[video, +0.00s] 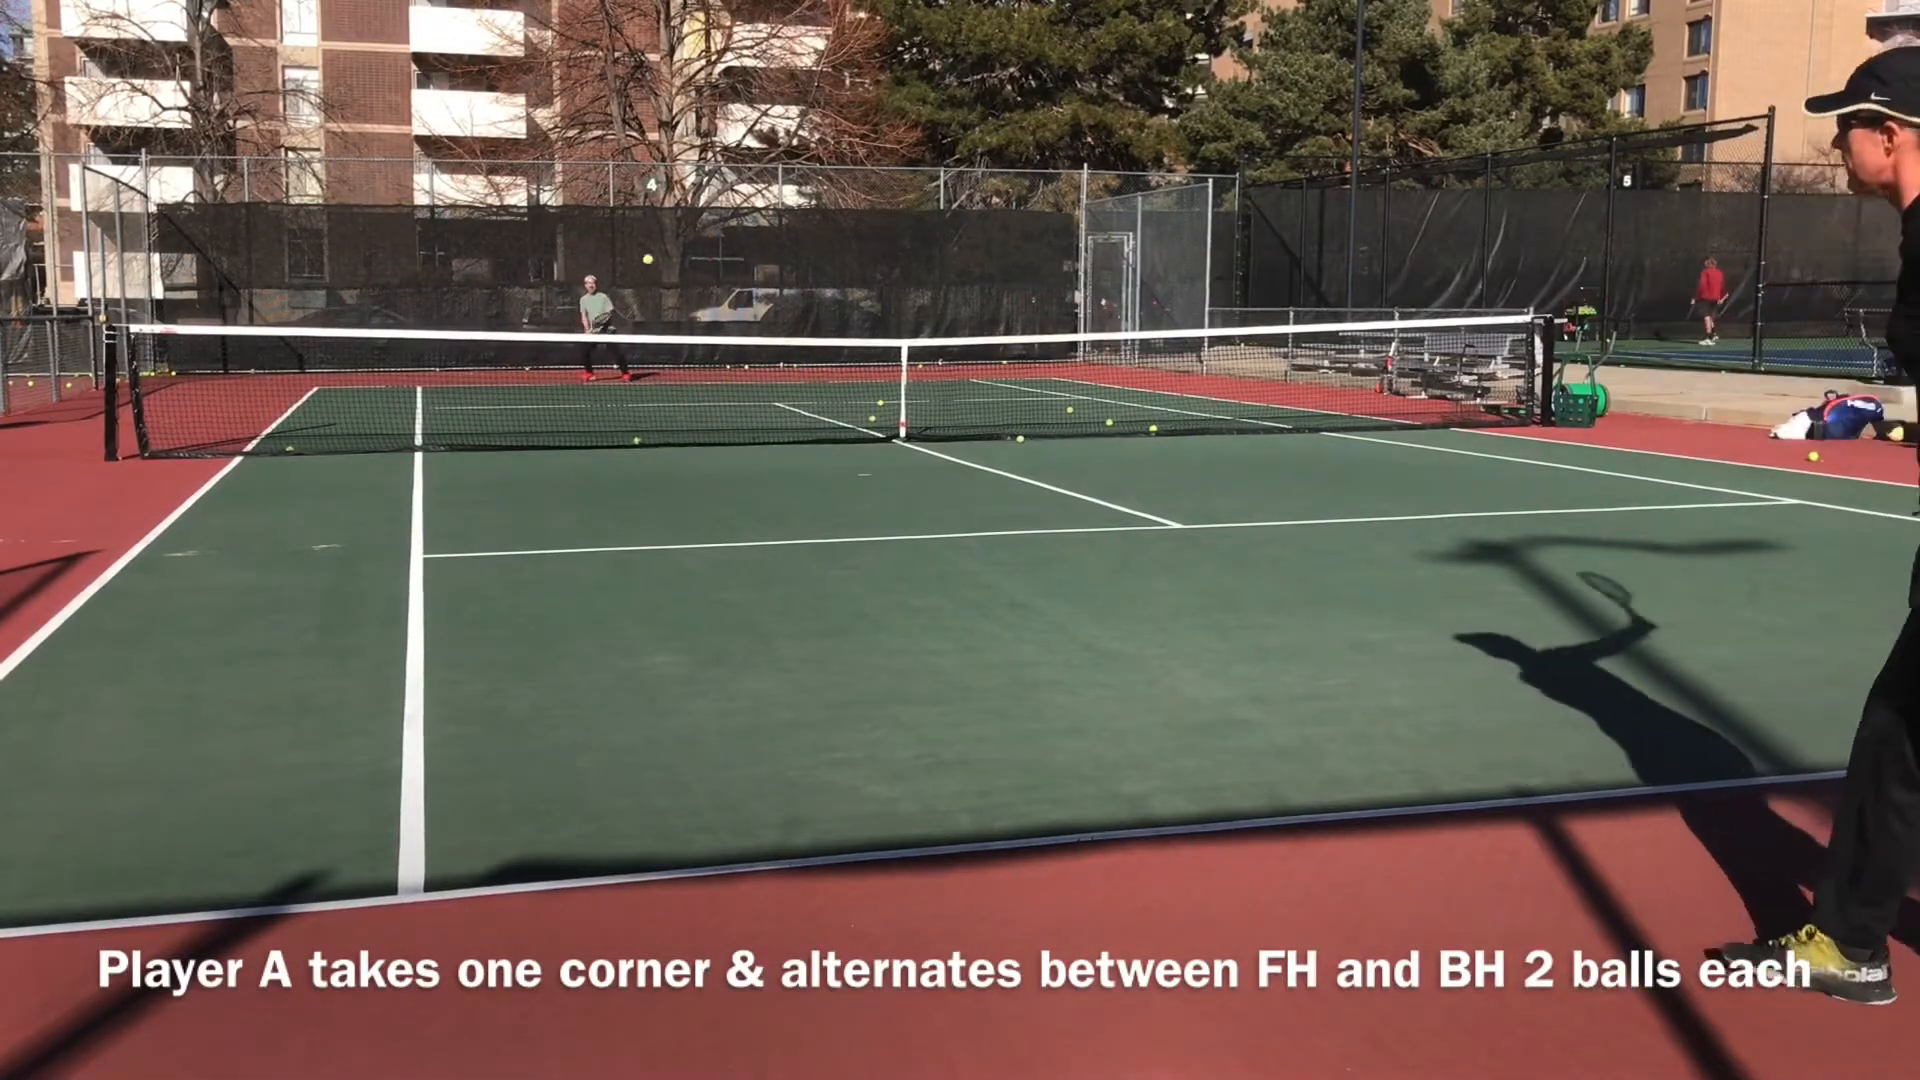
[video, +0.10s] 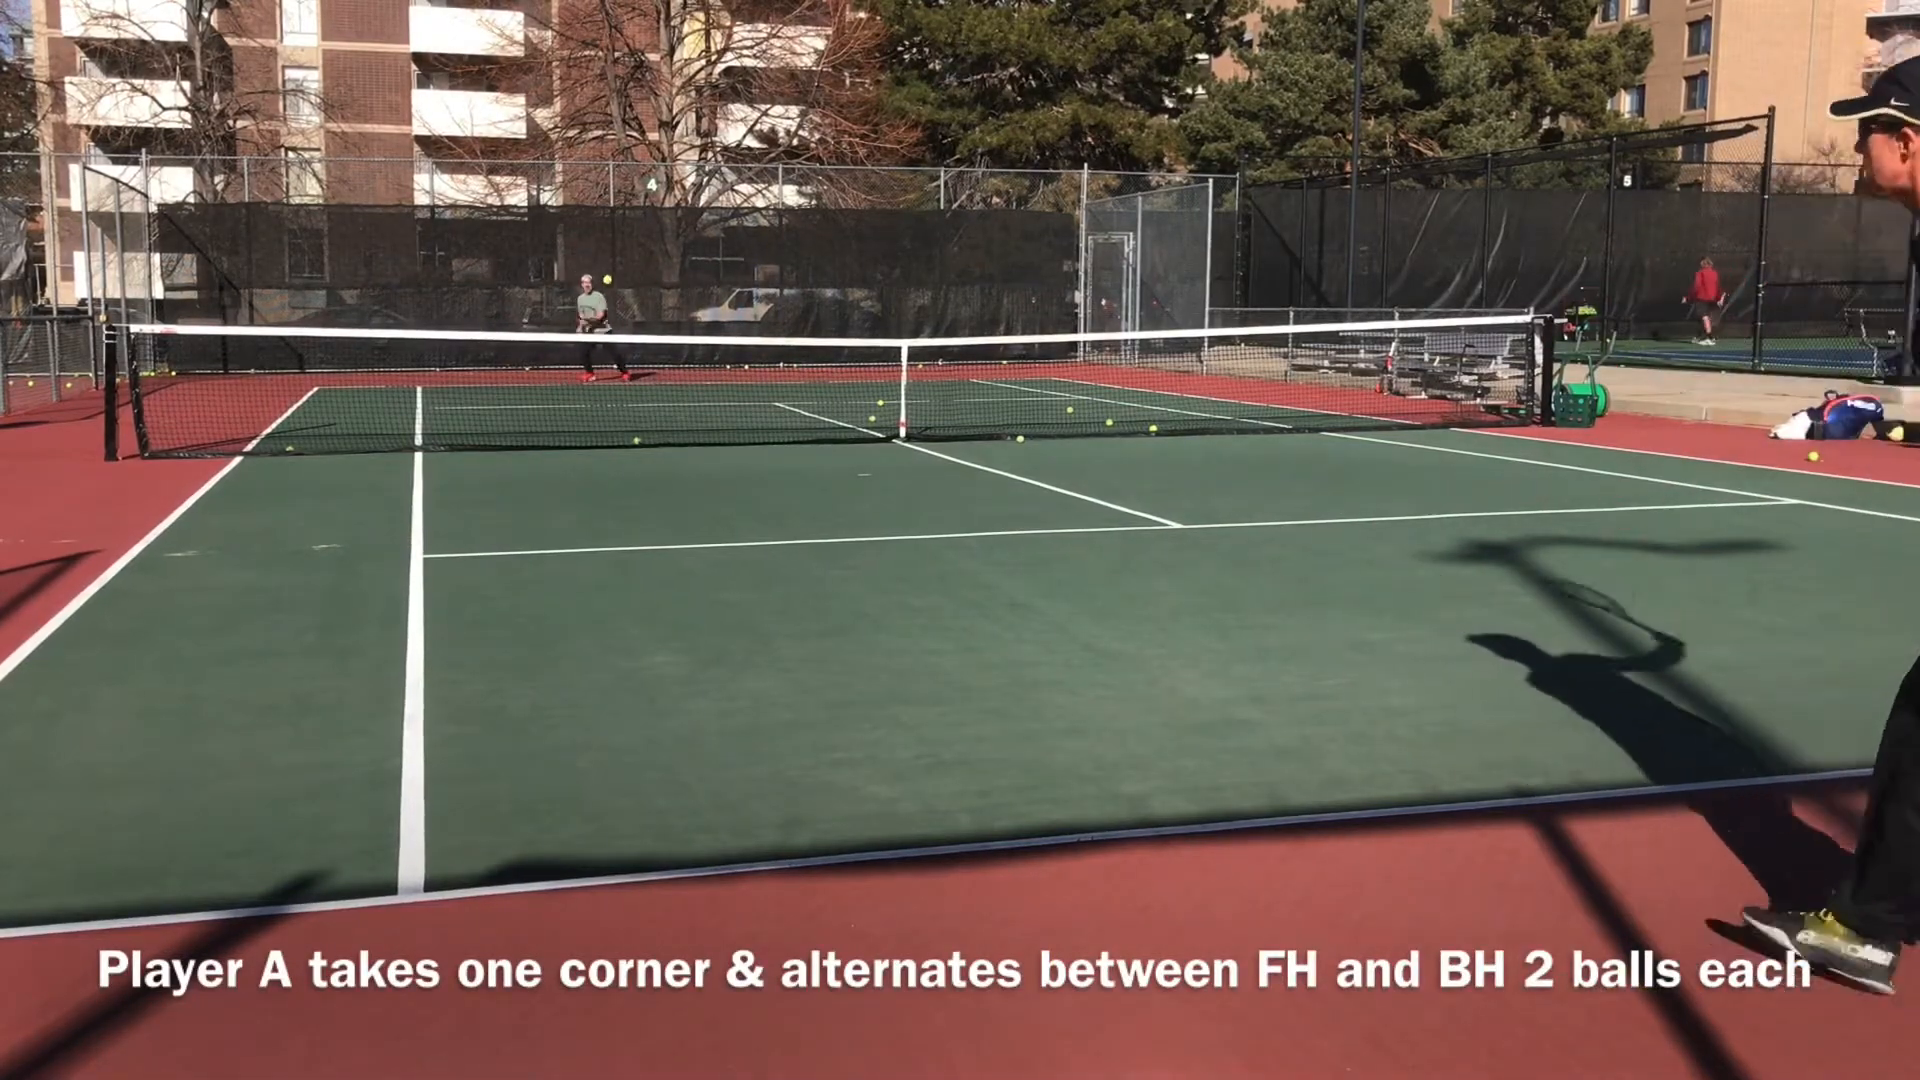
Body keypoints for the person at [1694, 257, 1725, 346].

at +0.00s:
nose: (1705, 265)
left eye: (1706, 264)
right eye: (1706, 263)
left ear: (1707, 264)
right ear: (1714, 264)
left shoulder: (1705, 273)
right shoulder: (1719, 273)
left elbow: (1701, 286)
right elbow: (1722, 286)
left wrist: (1696, 297)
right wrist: (1720, 297)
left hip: (1706, 297)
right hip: (1715, 297)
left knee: (1706, 315)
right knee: (1711, 315)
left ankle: (1708, 337)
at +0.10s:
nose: (1701, 265)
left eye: (1702, 263)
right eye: (1703, 263)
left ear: (1702, 264)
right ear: (1710, 264)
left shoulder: (1700, 273)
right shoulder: (1715, 273)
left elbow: (1696, 287)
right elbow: (1717, 286)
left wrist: (1689, 297)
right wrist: (1718, 297)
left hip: (1702, 297)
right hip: (1712, 297)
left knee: (1704, 315)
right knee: (1707, 316)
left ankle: (1709, 336)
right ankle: (1701, 335)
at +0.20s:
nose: (1696, 267)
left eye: (1696, 265)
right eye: (1697, 265)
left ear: (1698, 265)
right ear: (1706, 265)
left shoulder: (1695, 274)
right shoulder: (1711, 274)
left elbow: (1691, 287)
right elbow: (1713, 288)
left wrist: (1682, 297)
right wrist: (1715, 298)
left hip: (1697, 299)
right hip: (1708, 299)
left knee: (1701, 317)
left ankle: (1709, 337)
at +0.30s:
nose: (1691, 267)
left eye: (1692, 265)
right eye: (1692, 265)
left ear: (1693, 265)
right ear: (1701, 266)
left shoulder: (1691, 274)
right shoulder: (1705, 275)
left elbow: (1686, 287)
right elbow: (1708, 288)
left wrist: (1678, 296)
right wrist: (1710, 298)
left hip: (1693, 298)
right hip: (1703, 299)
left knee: (1692, 317)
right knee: (1687, 317)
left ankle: (1706, 335)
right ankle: (1683, 337)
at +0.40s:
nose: (1686, 267)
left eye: (1687, 265)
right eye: (1687, 265)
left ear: (1689, 265)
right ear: (1697, 265)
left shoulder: (1687, 273)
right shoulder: (1701, 275)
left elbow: (1683, 286)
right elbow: (1704, 288)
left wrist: (1677, 296)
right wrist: (1703, 299)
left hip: (1688, 297)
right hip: (1698, 299)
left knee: (1682, 316)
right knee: (1691, 317)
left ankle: (1698, 330)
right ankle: (1684, 337)